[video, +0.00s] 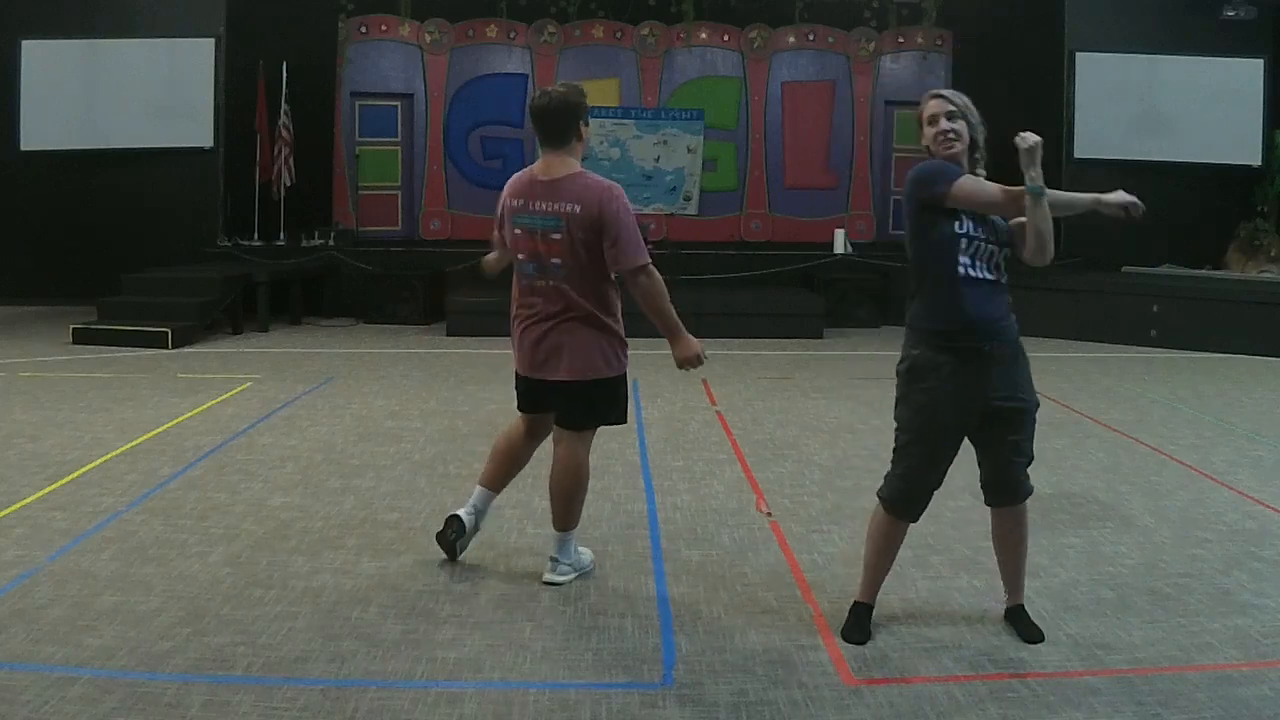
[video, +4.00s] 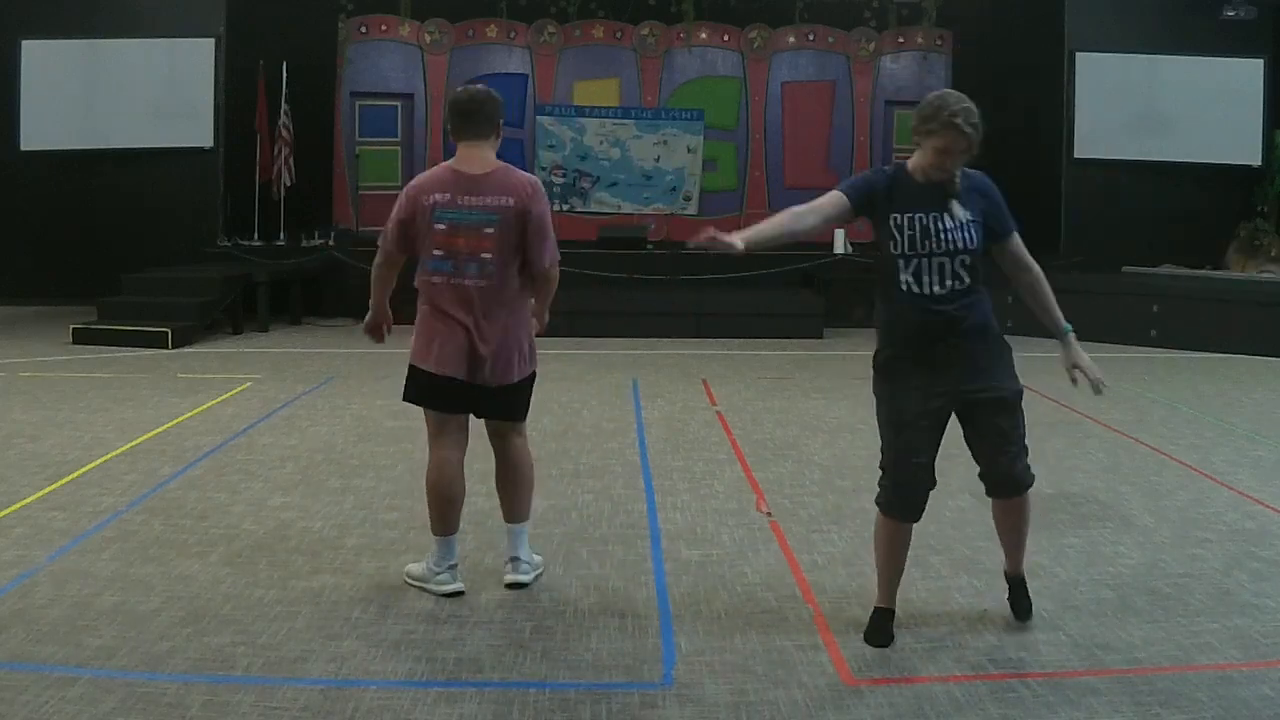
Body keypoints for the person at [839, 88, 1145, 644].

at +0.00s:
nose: (942, 127)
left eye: (951, 118)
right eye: (931, 122)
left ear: (972, 132)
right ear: (923, 137)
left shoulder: (995, 202)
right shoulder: (925, 179)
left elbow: (1039, 253)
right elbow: (1011, 201)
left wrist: (1034, 175)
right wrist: (1099, 200)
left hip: (1001, 360)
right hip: (936, 361)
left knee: (1010, 487)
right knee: (906, 490)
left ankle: (1015, 603)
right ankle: (864, 601)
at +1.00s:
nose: (949, 132)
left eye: (961, 123)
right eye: (940, 124)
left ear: (983, 133)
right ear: (930, 134)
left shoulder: (1005, 198)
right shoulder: (909, 194)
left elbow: (1078, 248)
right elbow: (906, 269)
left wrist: (1027, 204)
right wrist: (991, 249)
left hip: (995, 368)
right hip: (921, 366)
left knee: (1004, 491)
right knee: (885, 490)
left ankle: (1013, 604)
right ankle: (839, 605)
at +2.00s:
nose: (892, 147)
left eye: (900, 135)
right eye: (884, 140)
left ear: (928, 135)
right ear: (882, 148)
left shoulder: (972, 182)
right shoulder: (877, 214)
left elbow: (909, 227)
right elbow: (867, 299)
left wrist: (825, 237)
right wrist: (892, 257)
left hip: (968, 363)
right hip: (897, 364)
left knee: (994, 493)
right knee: (869, 489)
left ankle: (1009, 603)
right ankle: (837, 605)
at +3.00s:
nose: (1083, 160)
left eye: (1092, 151)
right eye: (1074, 147)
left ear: (1100, 147)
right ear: (1047, 135)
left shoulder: (1109, 195)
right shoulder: (1007, 183)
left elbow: (1182, 232)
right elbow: (957, 253)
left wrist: (1254, 267)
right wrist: (915, 310)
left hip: (1048, 357)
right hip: (985, 343)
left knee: (1030, 484)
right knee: (922, 456)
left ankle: (1012, 605)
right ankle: (921, 345)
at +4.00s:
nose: (954, 165)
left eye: (962, 155)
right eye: (947, 153)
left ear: (970, 150)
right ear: (922, 139)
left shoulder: (979, 192)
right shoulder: (881, 186)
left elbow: (1023, 267)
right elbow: (811, 214)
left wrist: (1068, 340)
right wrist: (743, 237)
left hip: (982, 359)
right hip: (908, 364)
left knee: (1010, 476)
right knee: (902, 491)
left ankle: (1016, 576)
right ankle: (884, 605)